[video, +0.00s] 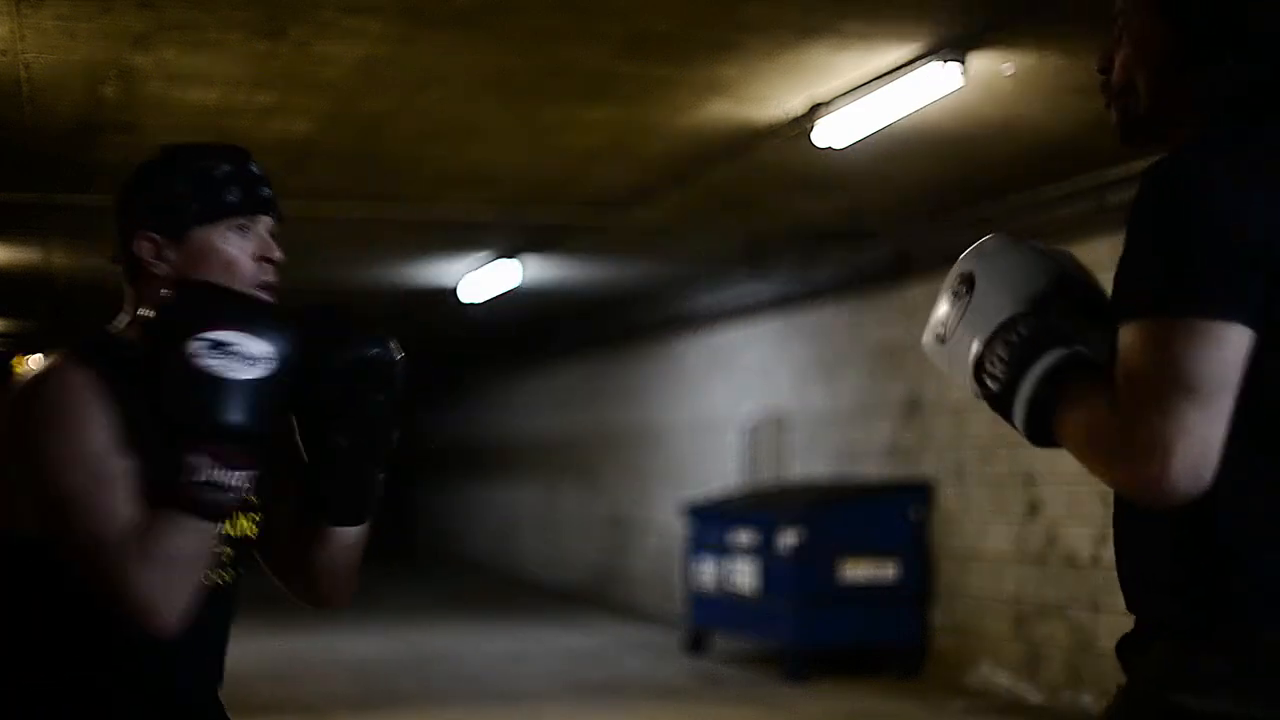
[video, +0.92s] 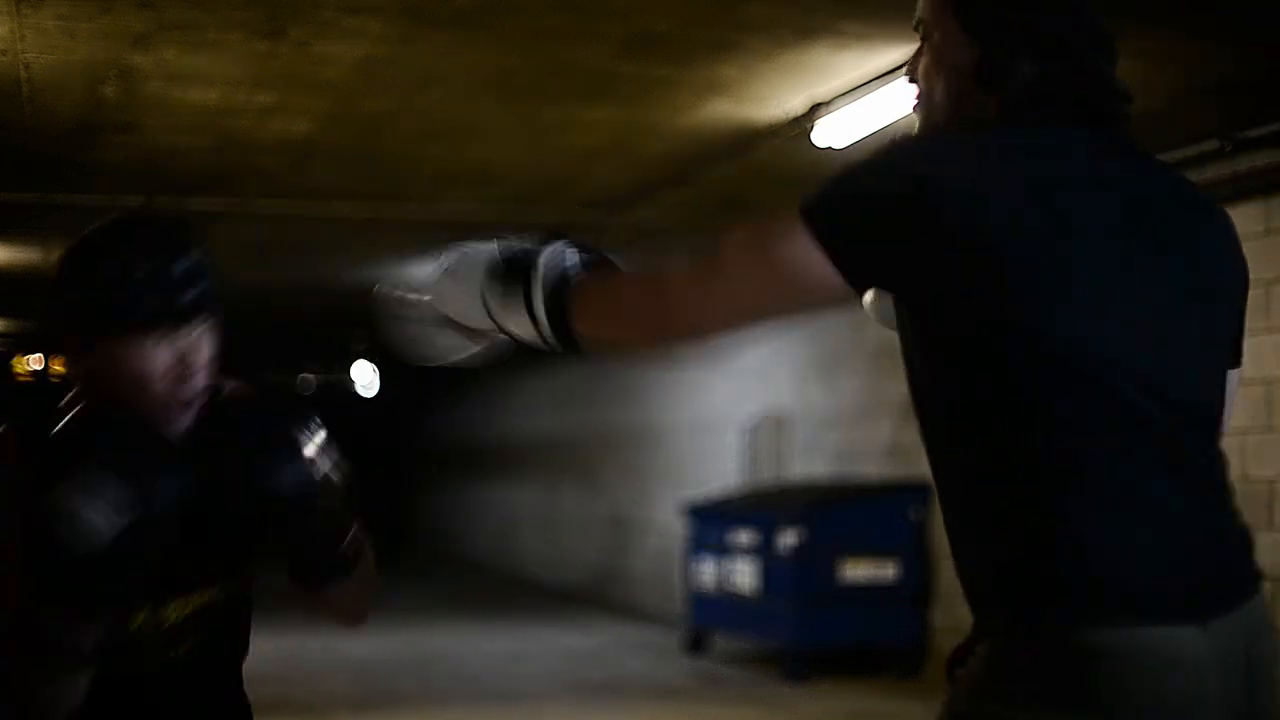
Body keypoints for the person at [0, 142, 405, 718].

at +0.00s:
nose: (272, 253)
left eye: (270, 235)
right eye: (242, 230)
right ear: (157, 253)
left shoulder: (233, 388)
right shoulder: (72, 392)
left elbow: (322, 584)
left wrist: (354, 443)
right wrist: (222, 435)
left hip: (192, 696)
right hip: (90, 707)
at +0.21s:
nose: (310, 278)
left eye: (307, 254)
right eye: (279, 251)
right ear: (193, 270)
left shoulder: (229, 395)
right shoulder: (100, 407)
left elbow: (321, 592)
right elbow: (180, 624)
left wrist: (361, 454)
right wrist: (268, 460)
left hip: (214, 714)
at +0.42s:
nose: (224, 362)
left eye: (237, 329)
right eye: (189, 338)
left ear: (257, 332)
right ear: (132, 348)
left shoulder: (283, 434)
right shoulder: (56, 465)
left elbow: (383, 609)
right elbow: (65, 694)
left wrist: (343, 479)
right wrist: (120, 561)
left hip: (237, 704)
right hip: (106, 715)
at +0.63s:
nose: (374, 361)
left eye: (370, 335)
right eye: (355, 333)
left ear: (279, 337)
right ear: (283, 336)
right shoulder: (206, 444)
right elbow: (281, 668)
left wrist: (346, 498)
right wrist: (355, 515)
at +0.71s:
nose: (347, 371)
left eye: (352, 351)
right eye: (336, 343)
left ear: (270, 330)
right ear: (269, 330)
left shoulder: (150, 417)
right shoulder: (196, 432)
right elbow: (249, 652)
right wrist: (338, 515)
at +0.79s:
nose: (319, 316)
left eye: (317, 290)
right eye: (294, 287)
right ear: (206, 298)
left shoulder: (220, 418)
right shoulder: (117, 417)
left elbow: (298, 598)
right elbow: (164, 635)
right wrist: (264, 479)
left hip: (198, 708)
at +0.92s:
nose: (192, 357)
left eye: (202, 328)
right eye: (162, 337)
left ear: (218, 328)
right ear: (100, 353)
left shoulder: (244, 436)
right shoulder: (52, 471)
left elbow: (349, 605)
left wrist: (322, 497)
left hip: (215, 705)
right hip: (96, 713)